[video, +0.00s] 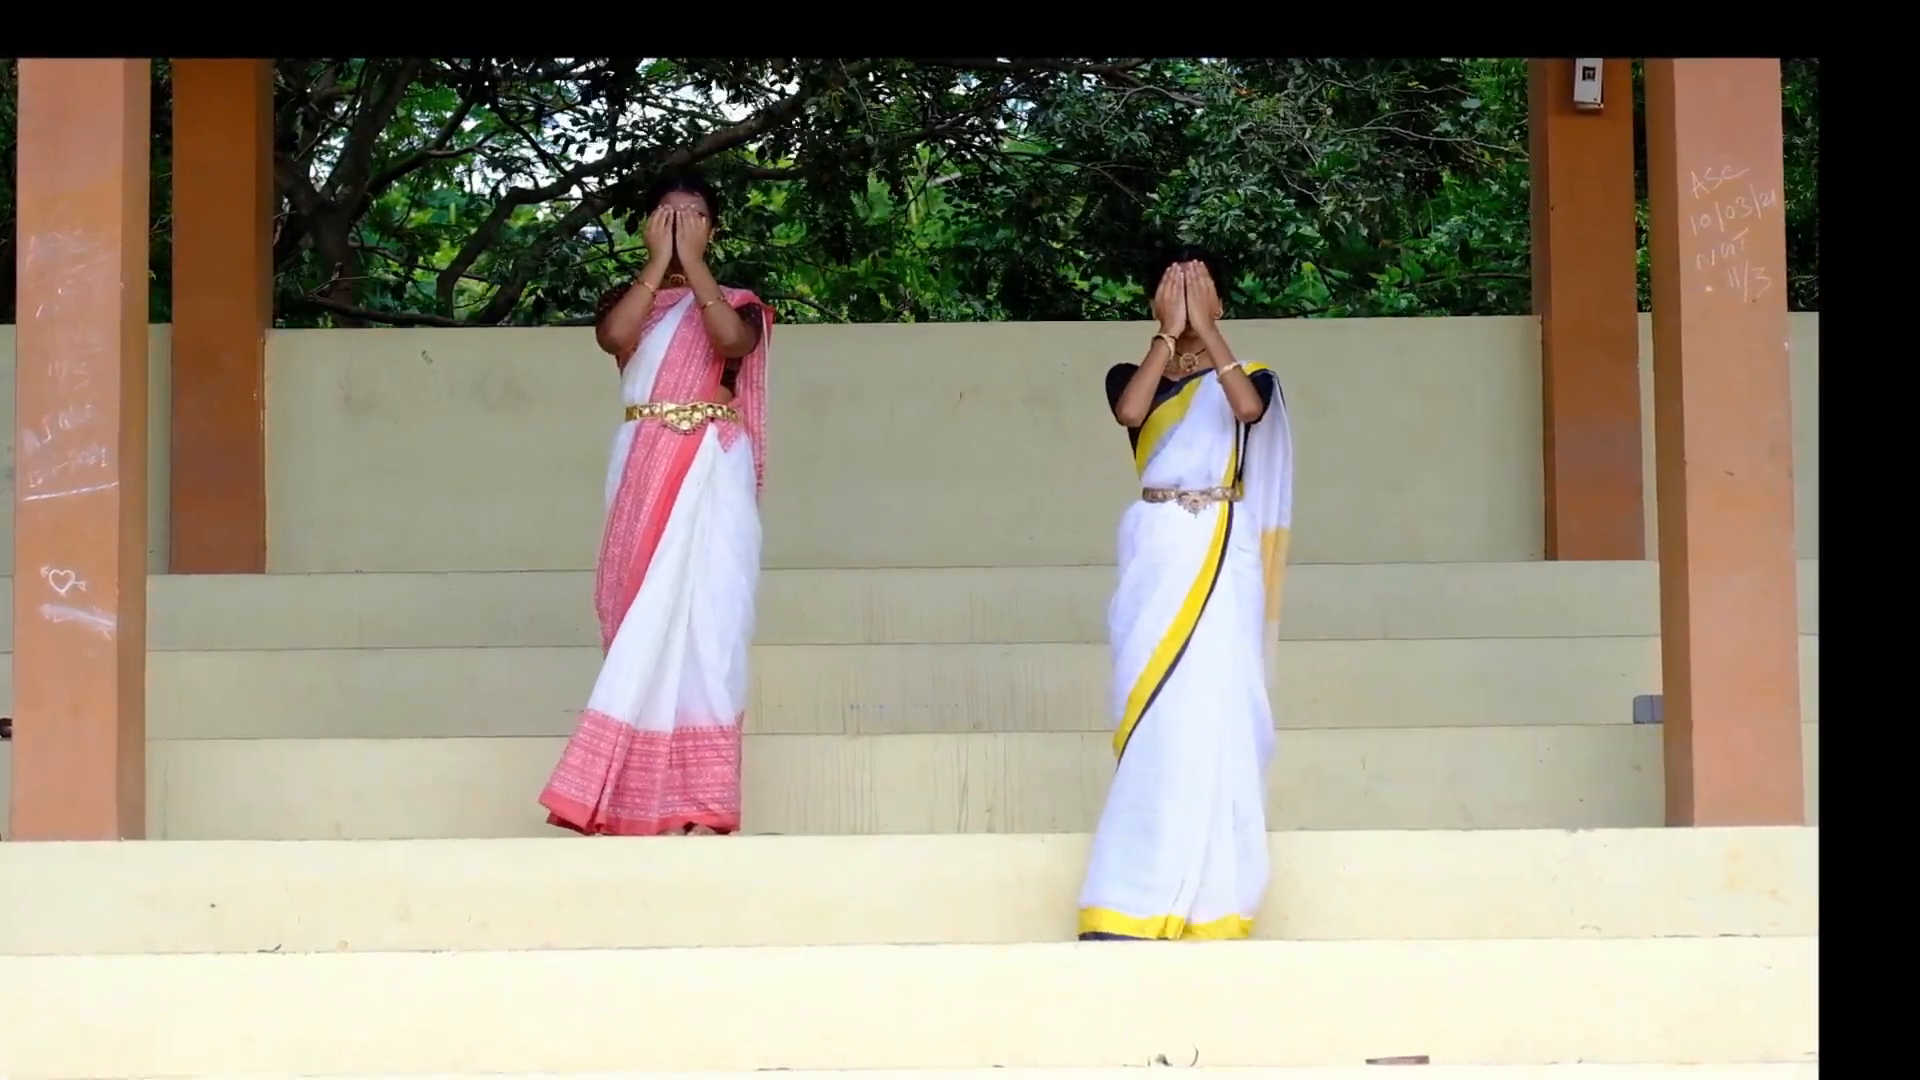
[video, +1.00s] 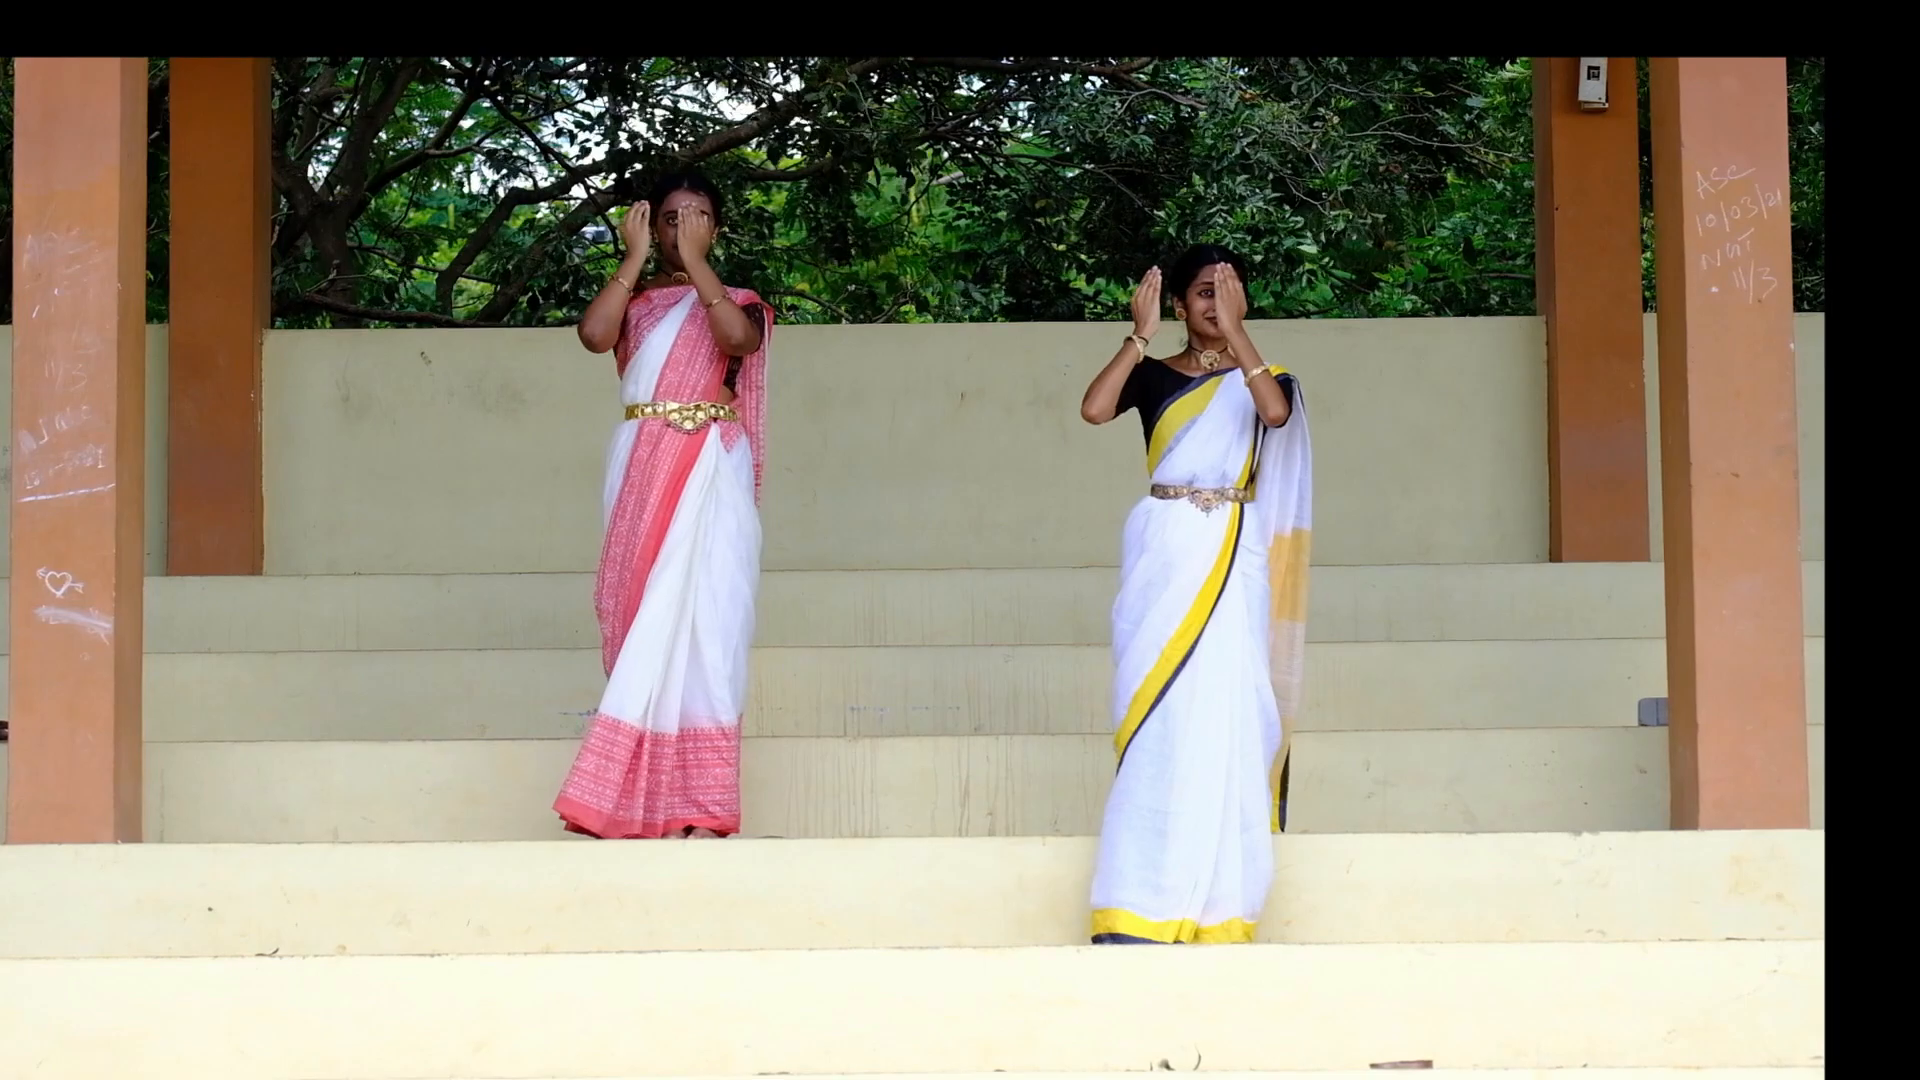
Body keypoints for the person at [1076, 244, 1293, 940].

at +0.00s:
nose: (1185, 311)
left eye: (1197, 296)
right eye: (1173, 296)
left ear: (1219, 305)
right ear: (1156, 308)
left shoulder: (1249, 377)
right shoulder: (1137, 379)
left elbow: (1246, 407)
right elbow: (1130, 408)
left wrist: (1208, 326)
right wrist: (1166, 333)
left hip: (1220, 555)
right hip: (1152, 553)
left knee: (1208, 712)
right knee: (1148, 710)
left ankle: (1208, 894)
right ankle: (1140, 893)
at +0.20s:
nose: (1186, 318)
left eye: (1199, 305)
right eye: (1175, 305)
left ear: (1220, 309)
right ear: (1157, 311)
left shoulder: (1252, 378)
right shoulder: (1136, 379)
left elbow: (1246, 408)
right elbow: (1130, 409)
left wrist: (1209, 327)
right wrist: (1168, 334)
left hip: (1221, 563)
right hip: (1153, 560)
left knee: (1211, 717)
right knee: (1149, 715)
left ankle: (1208, 897)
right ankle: (1141, 896)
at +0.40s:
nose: (1186, 317)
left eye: (1200, 303)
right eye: (1176, 304)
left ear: (1222, 308)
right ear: (1158, 310)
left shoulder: (1253, 378)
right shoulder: (1137, 379)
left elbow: (1248, 408)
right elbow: (1131, 409)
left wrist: (1210, 327)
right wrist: (1169, 334)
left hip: (1223, 564)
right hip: (1154, 561)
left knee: (1214, 719)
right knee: (1151, 718)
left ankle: (1210, 900)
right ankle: (1140, 900)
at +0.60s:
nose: (1189, 316)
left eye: (1202, 302)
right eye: (1177, 302)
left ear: (1224, 308)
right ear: (1159, 310)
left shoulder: (1254, 377)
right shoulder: (1138, 379)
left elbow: (1249, 410)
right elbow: (1132, 411)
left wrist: (1211, 328)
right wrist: (1171, 336)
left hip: (1224, 562)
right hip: (1155, 559)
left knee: (1215, 718)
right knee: (1152, 716)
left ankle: (1212, 900)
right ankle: (1141, 900)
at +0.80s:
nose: (1194, 303)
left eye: (1205, 290)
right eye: (1182, 291)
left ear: (1229, 301)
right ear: (1165, 304)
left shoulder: (1253, 376)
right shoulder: (1148, 371)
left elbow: (1260, 409)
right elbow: (1111, 414)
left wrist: (1218, 330)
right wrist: (1150, 337)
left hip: (1223, 554)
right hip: (1156, 552)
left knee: (1216, 714)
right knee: (1152, 711)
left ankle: (1214, 897)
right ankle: (1145, 897)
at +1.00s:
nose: (1214, 301)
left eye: (1223, 289)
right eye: (1203, 291)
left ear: (1243, 301)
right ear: (1181, 306)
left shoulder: (1267, 378)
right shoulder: (1156, 374)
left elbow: (1274, 409)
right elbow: (1094, 408)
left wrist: (1236, 329)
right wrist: (1139, 332)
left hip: (1228, 555)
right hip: (1159, 550)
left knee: (1220, 717)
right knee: (1152, 714)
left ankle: (1216, 901)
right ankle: (1143, 902)